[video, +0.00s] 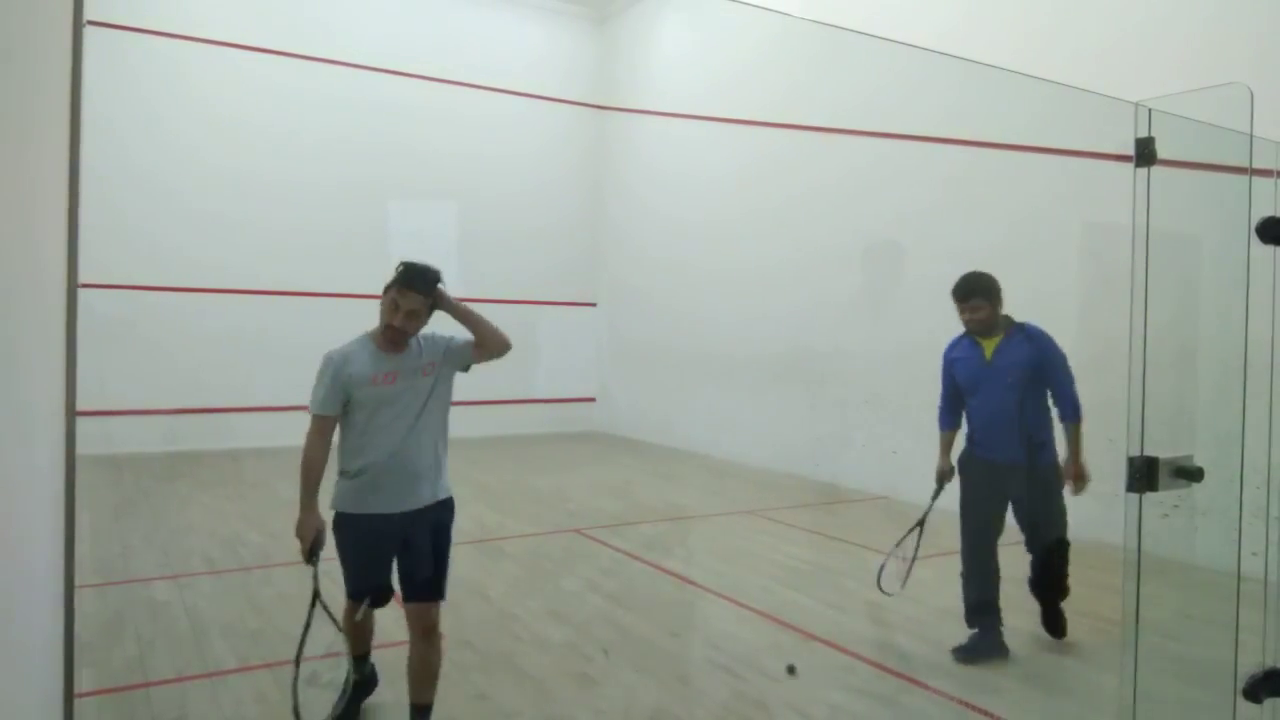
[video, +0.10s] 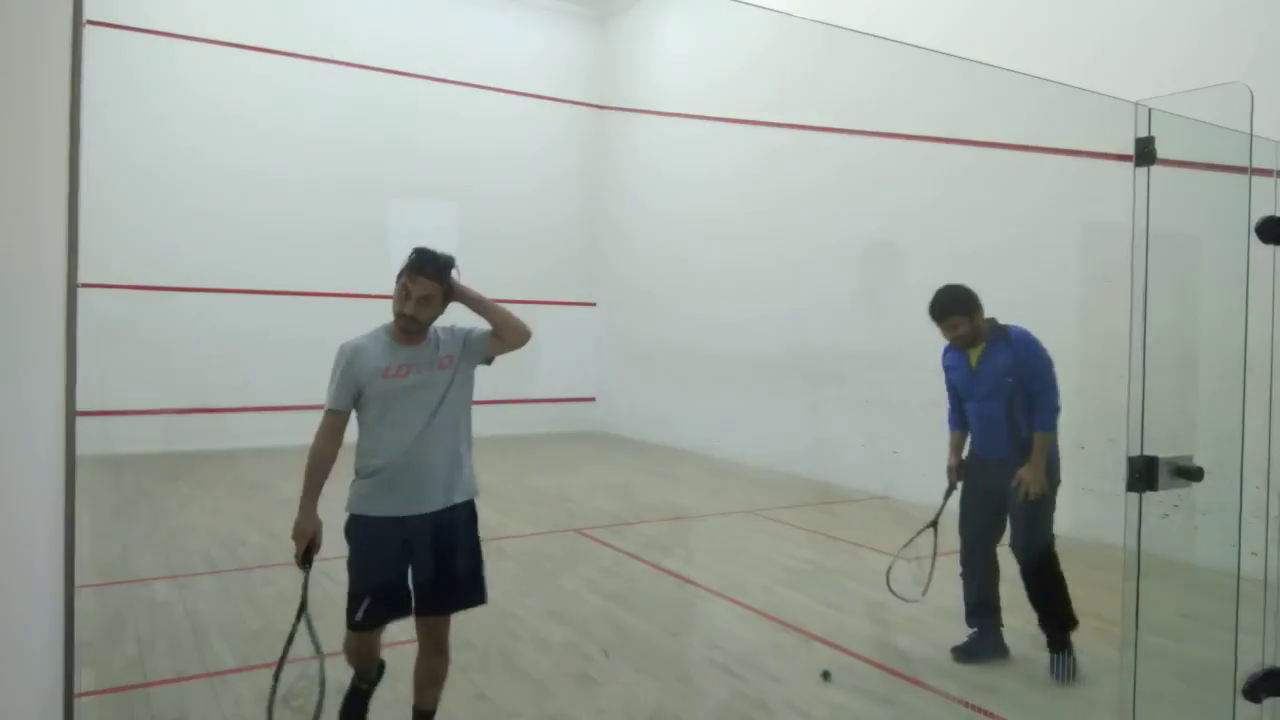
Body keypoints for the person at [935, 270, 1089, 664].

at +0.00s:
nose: (969, 317)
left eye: (977, 309)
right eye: (963, 311)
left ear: (997, 305)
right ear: (958, 312)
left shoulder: (1036, 344)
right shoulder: (957, 354)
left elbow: (1067, 397)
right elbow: (951, 408)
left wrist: (1075, 457)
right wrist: (944, 457)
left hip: (1034, 463)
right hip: (981, 465)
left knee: (1051, 542)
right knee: (977, 548)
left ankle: (1050, 598)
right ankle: (986, 632)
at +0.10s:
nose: (952, 334)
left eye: (957, 325)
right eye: (945, 329)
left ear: (978, 315)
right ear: (940, 328)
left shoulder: (1021, 347)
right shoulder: (952, 358)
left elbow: (1046, 405)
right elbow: (958, 408)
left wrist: (1037, 463)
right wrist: (954, 454)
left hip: (1030, 462)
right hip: (983, 464)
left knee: (1031, 548)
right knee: (975, 546)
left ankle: (1059, 642)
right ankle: (987, 634)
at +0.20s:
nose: (926, 378)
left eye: (927, 369)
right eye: (921, 372)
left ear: (944, 357)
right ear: (928, 367)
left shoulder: (996, 383)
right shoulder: (951, 385)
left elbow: (1025, 446)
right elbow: (973, 423)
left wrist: (1028, 502)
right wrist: (967, 467)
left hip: (1047, 468)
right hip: (1005, 466)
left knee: (1038, 563)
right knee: (978, 549)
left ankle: (1037, 661)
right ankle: (987, 637)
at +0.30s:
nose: (916, 468)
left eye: (914, 460)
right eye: (910, 463)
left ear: (925, 444)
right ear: (924, 436)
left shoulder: (972, 450)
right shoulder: (945, 418)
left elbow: (998, 542)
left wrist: (1001, 620)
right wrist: (988, 504)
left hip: (1070, 477)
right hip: (1029, 476)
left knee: (1036, 575)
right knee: (988, 551)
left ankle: (1035, 674)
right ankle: (991, 643)